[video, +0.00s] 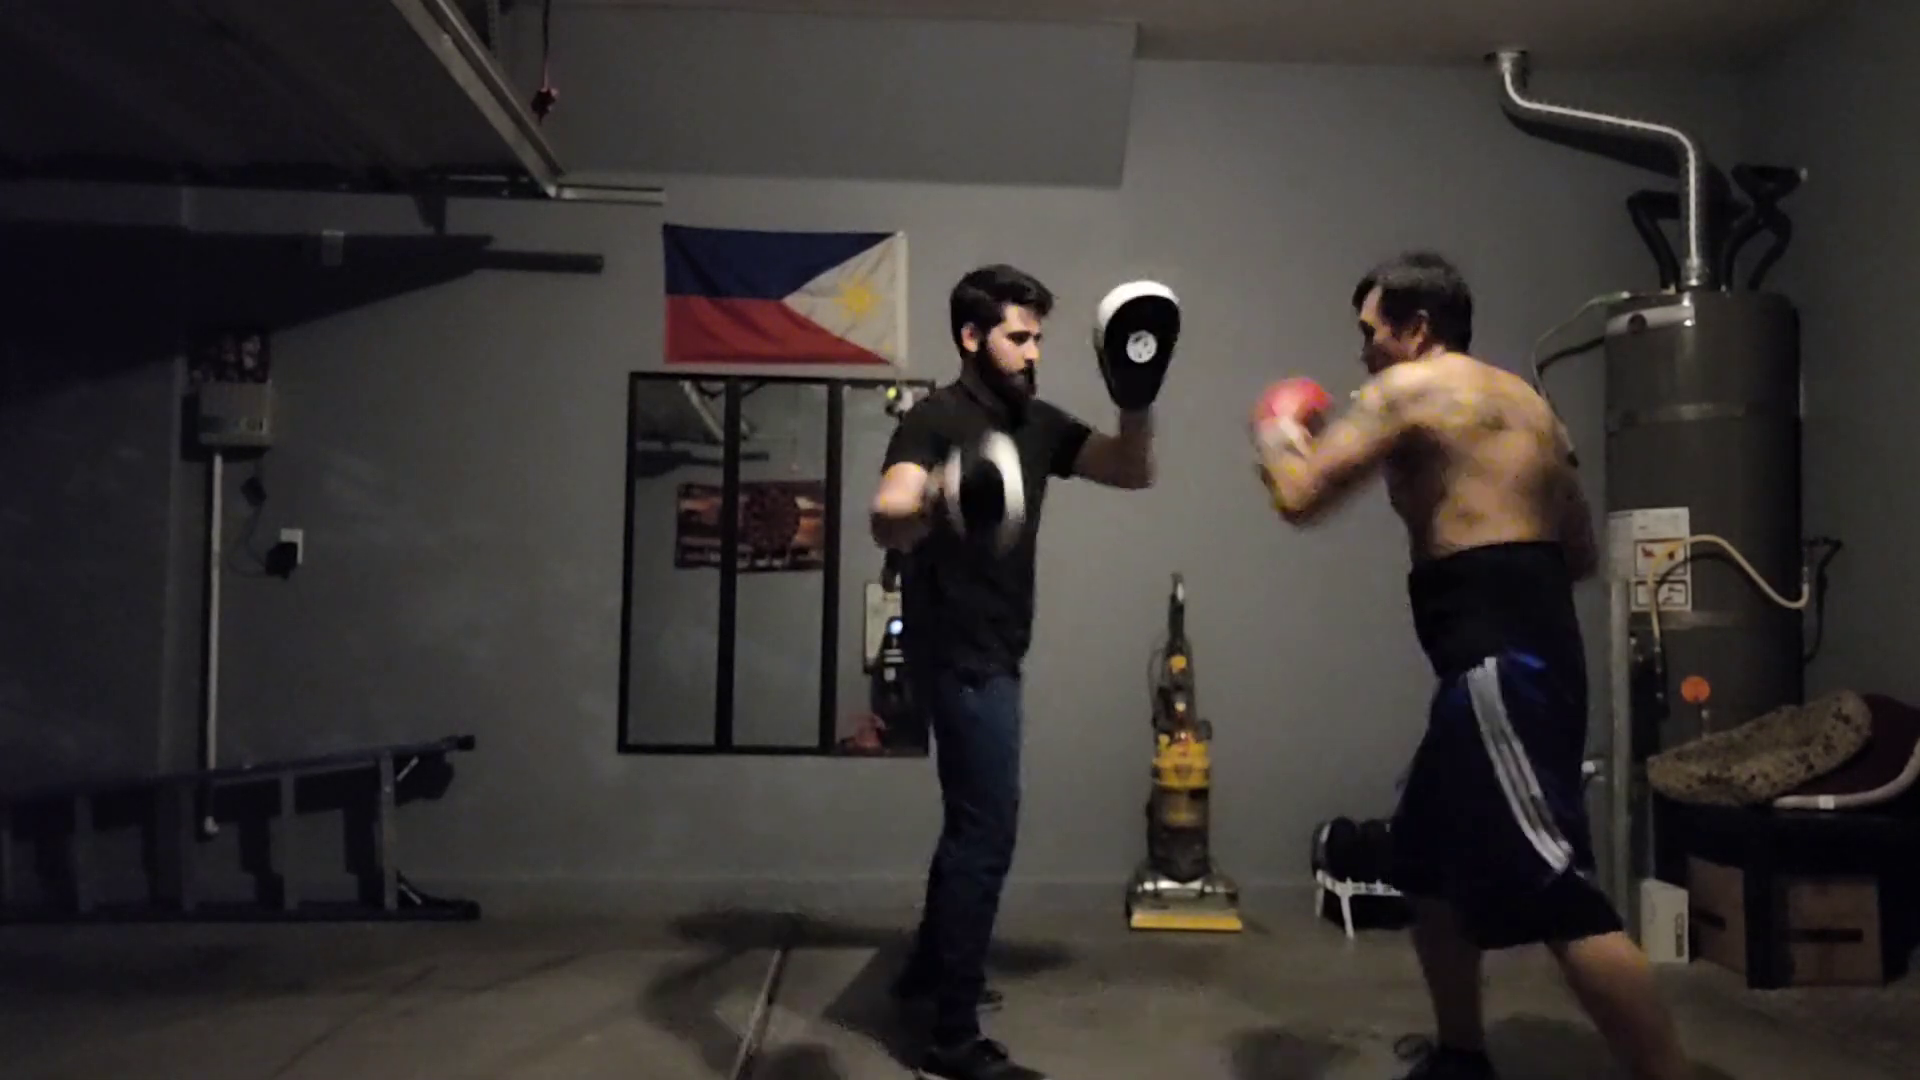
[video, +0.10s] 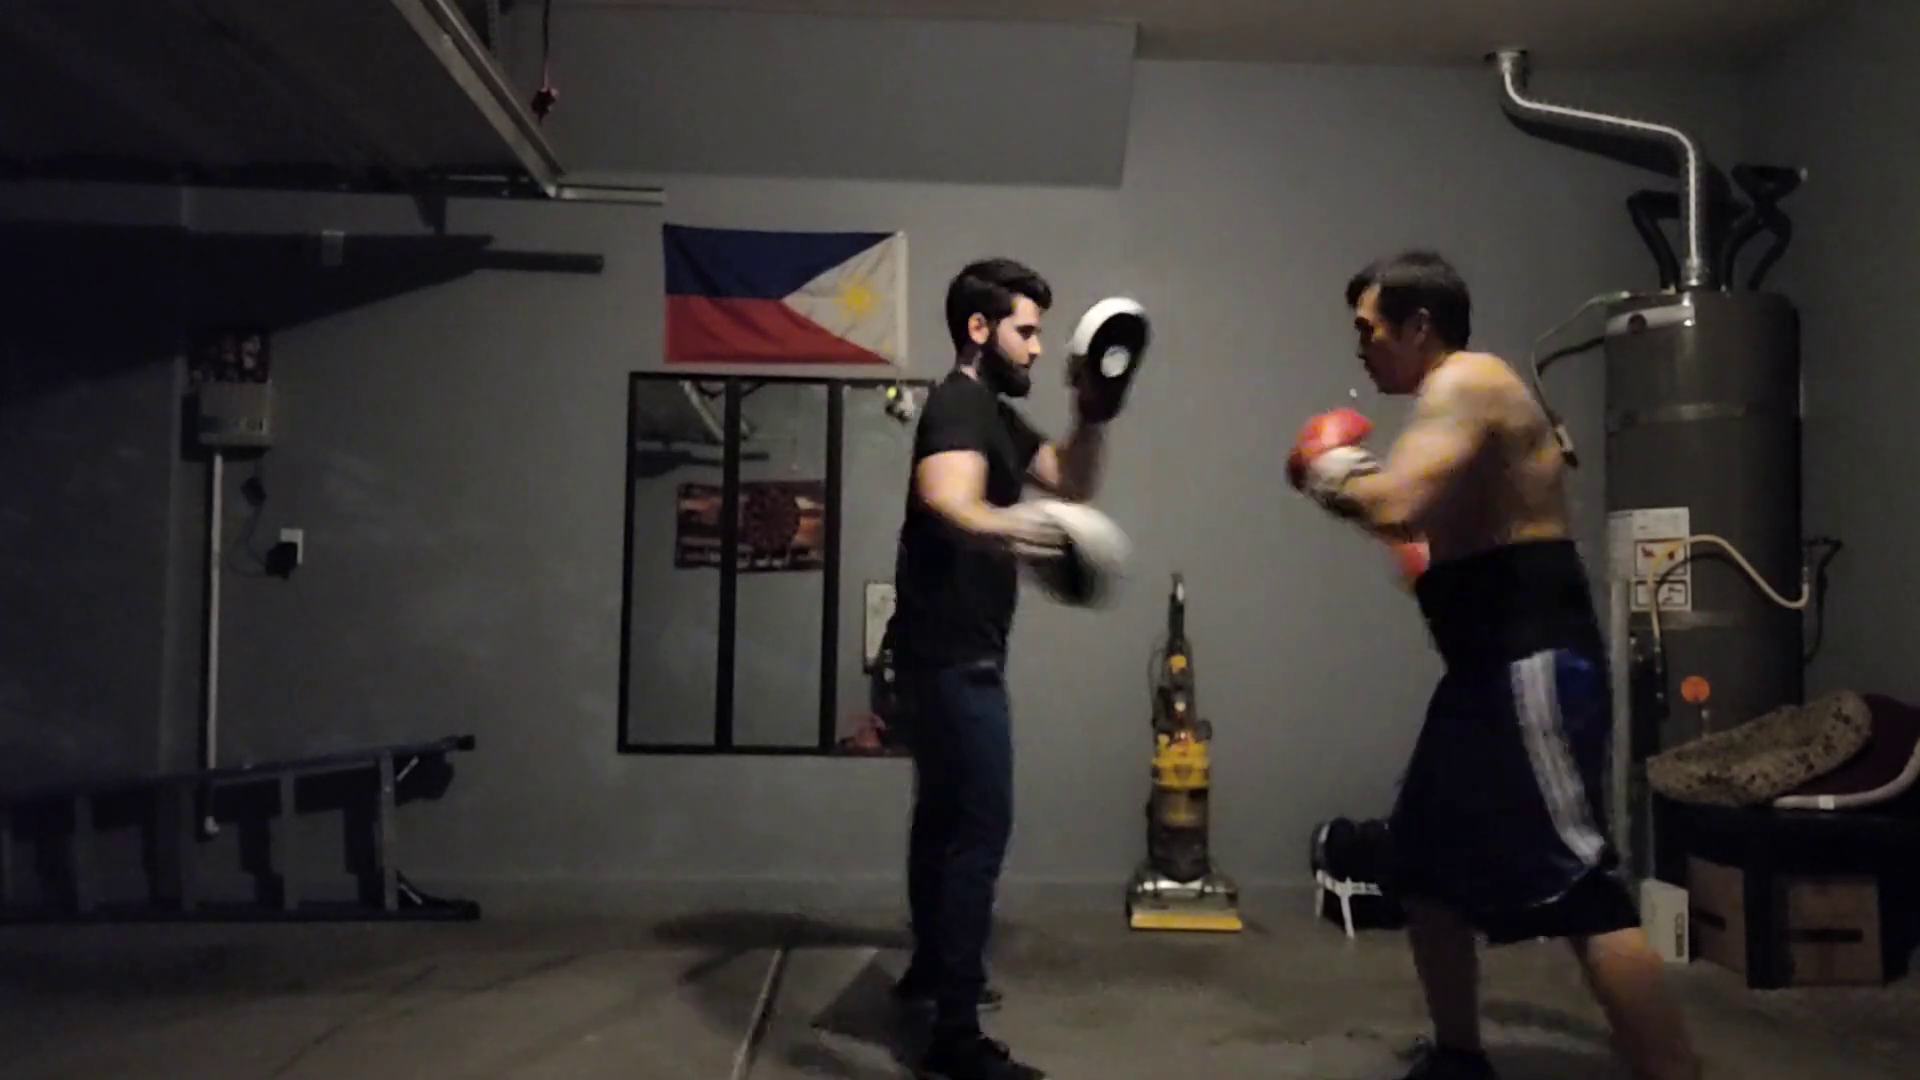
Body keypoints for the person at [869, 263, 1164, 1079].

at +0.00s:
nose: (1033, 353)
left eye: (1038, 338)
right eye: (1019, 338)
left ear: (1034, 340)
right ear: (973, 338)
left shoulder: (1035, 420)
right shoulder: (937, 417)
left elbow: (1131, 470)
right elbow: (888, 509)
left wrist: (1135, 395)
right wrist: (938, 492)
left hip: (997, 657)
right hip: (955, 657)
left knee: (979, 828)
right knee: (984, 837)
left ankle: (930, 978)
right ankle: (952, 1033)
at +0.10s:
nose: (1037, 346)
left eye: (1038, 332)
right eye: (1026, 331)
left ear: (992, 332)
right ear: (980, 329)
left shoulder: (993, 410)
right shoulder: (958, 401)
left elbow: (1065, 488)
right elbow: (947, 499)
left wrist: (1091, 417)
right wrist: (1034, 530)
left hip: (961, 660)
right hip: (951, 664)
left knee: (948, 824)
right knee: (978, 835)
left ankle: (936, 971)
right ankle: (952, 1033)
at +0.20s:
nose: (1028, 349)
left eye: (1029, 334)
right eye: (1019, 332)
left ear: (967, 333)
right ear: (973, 328)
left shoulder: (939, 399)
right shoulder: (976, 400)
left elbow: (1007, 484)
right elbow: (1053, 488)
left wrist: (1042, 423)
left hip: (911, 643)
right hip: (933, 651)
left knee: (920, 817)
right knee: (967, 826)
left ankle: (884, 974)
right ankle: (953, 1031)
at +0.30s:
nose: (1013, 347)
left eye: (1014, 333)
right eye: (1003, 331)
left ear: (951, 332)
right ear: (956, 327)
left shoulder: (917, 398)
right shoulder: (957, 400)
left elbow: (965, 477)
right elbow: (1011, 478)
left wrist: (1013, 422)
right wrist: (1119, 480)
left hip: (894, 647)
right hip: (929, 656)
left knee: (893, 807)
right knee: (964, 833)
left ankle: (800, 984)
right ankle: (954, 1034)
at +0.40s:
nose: (996, 348)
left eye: (998, 335)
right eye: (986, 332)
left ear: (935, 334)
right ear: (938, 329)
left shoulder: (908, 400)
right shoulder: (932, 396)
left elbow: (951, 485)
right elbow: (936, 473)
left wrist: (997, 428)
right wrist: (1042, 469)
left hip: (876, 649)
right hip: (920, 656)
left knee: (849, 816)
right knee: (970, 825)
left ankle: (785, 996)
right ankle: (949, 1032)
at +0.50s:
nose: (982, 351)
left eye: (984, 337)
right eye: (973, 334)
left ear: (915, 338)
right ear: (927, 329)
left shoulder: (879, 407)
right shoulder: (929, 394)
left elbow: (926, 479)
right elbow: (956, 458)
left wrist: (979, 418)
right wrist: (1044, 473)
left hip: (851, 653)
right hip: (906, 658)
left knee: (833, 823)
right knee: (955, 827)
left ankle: (779, 997)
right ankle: (931, 1037)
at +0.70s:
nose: (977, 339)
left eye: (977, 325)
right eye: (966, 324)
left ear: (917, 329)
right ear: (917, 323)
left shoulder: (910, 407)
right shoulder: (913, 393)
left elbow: (978, 515)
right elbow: (957, 464)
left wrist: (997, 427)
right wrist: (1069, 435)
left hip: (856, 658)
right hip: (892, 664)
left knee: (826, 828)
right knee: (919, 849)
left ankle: (776, 1002)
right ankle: (909, 1048)